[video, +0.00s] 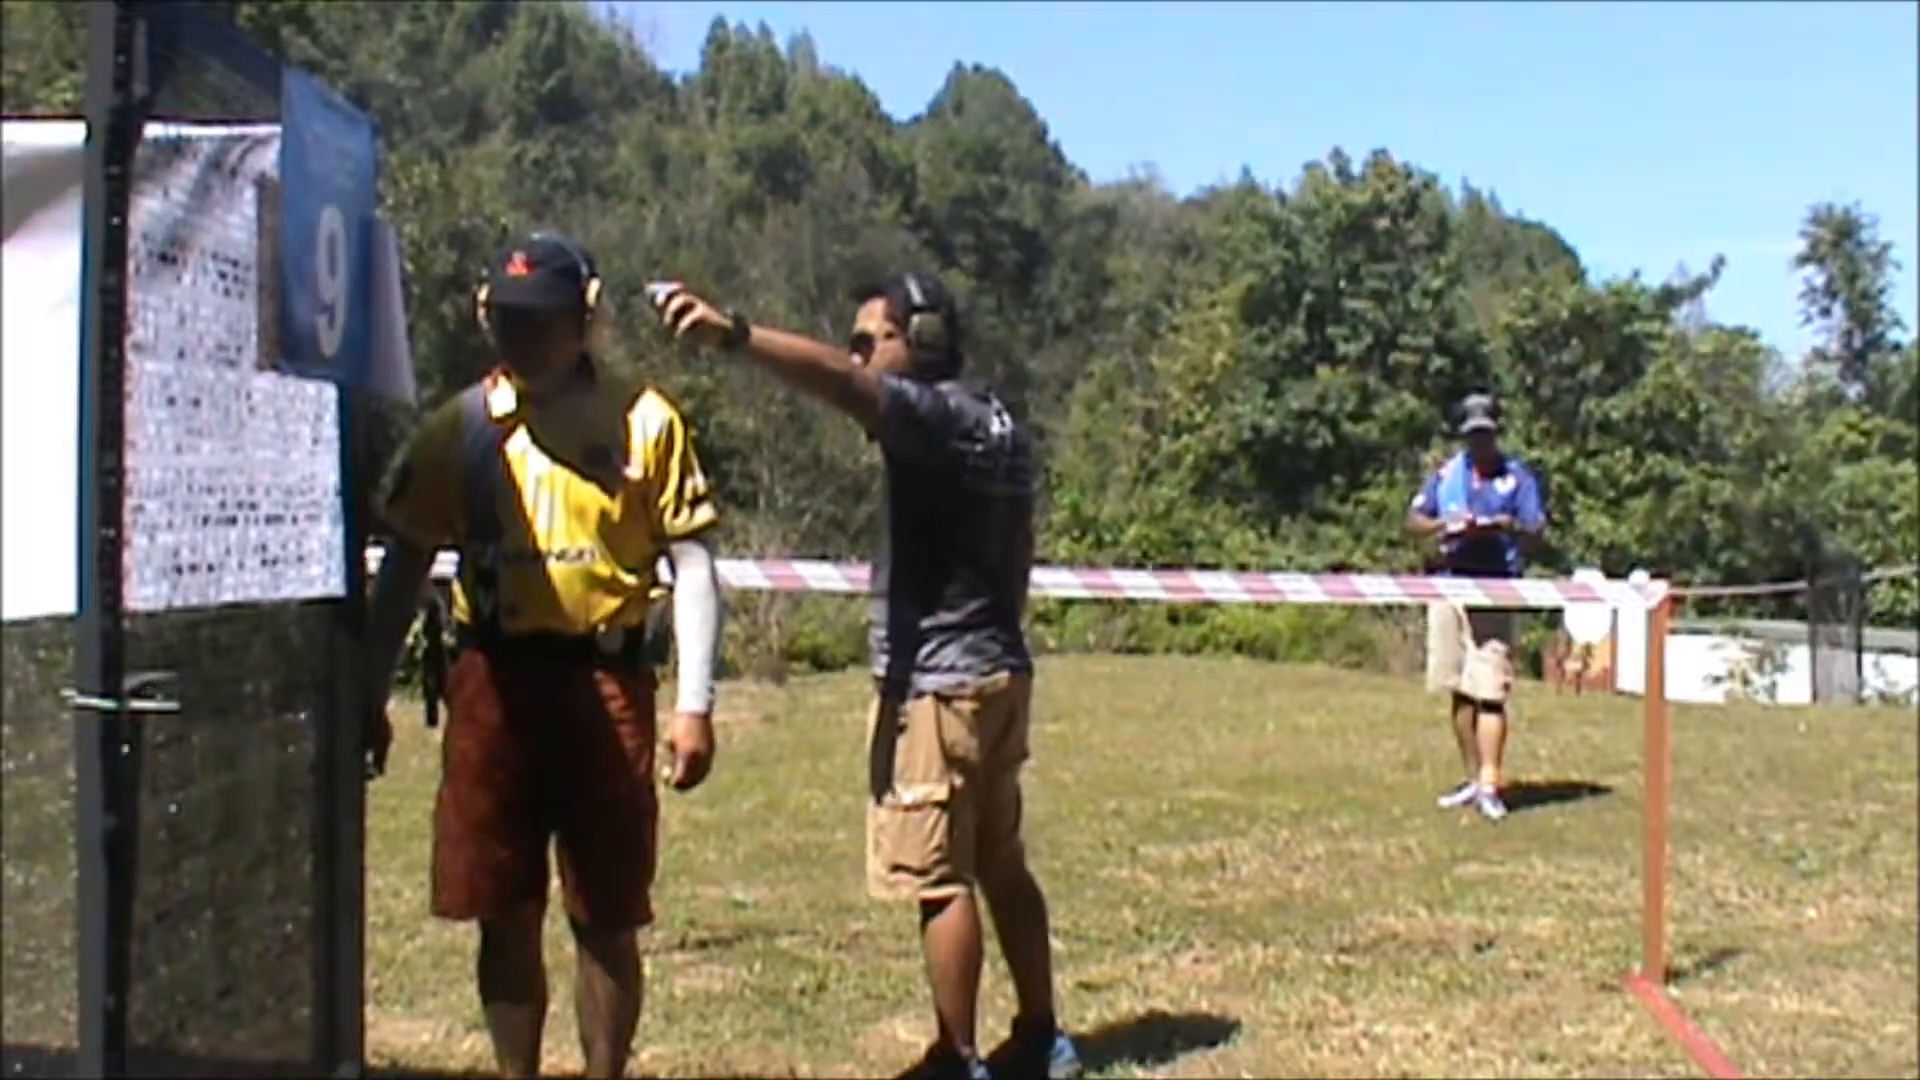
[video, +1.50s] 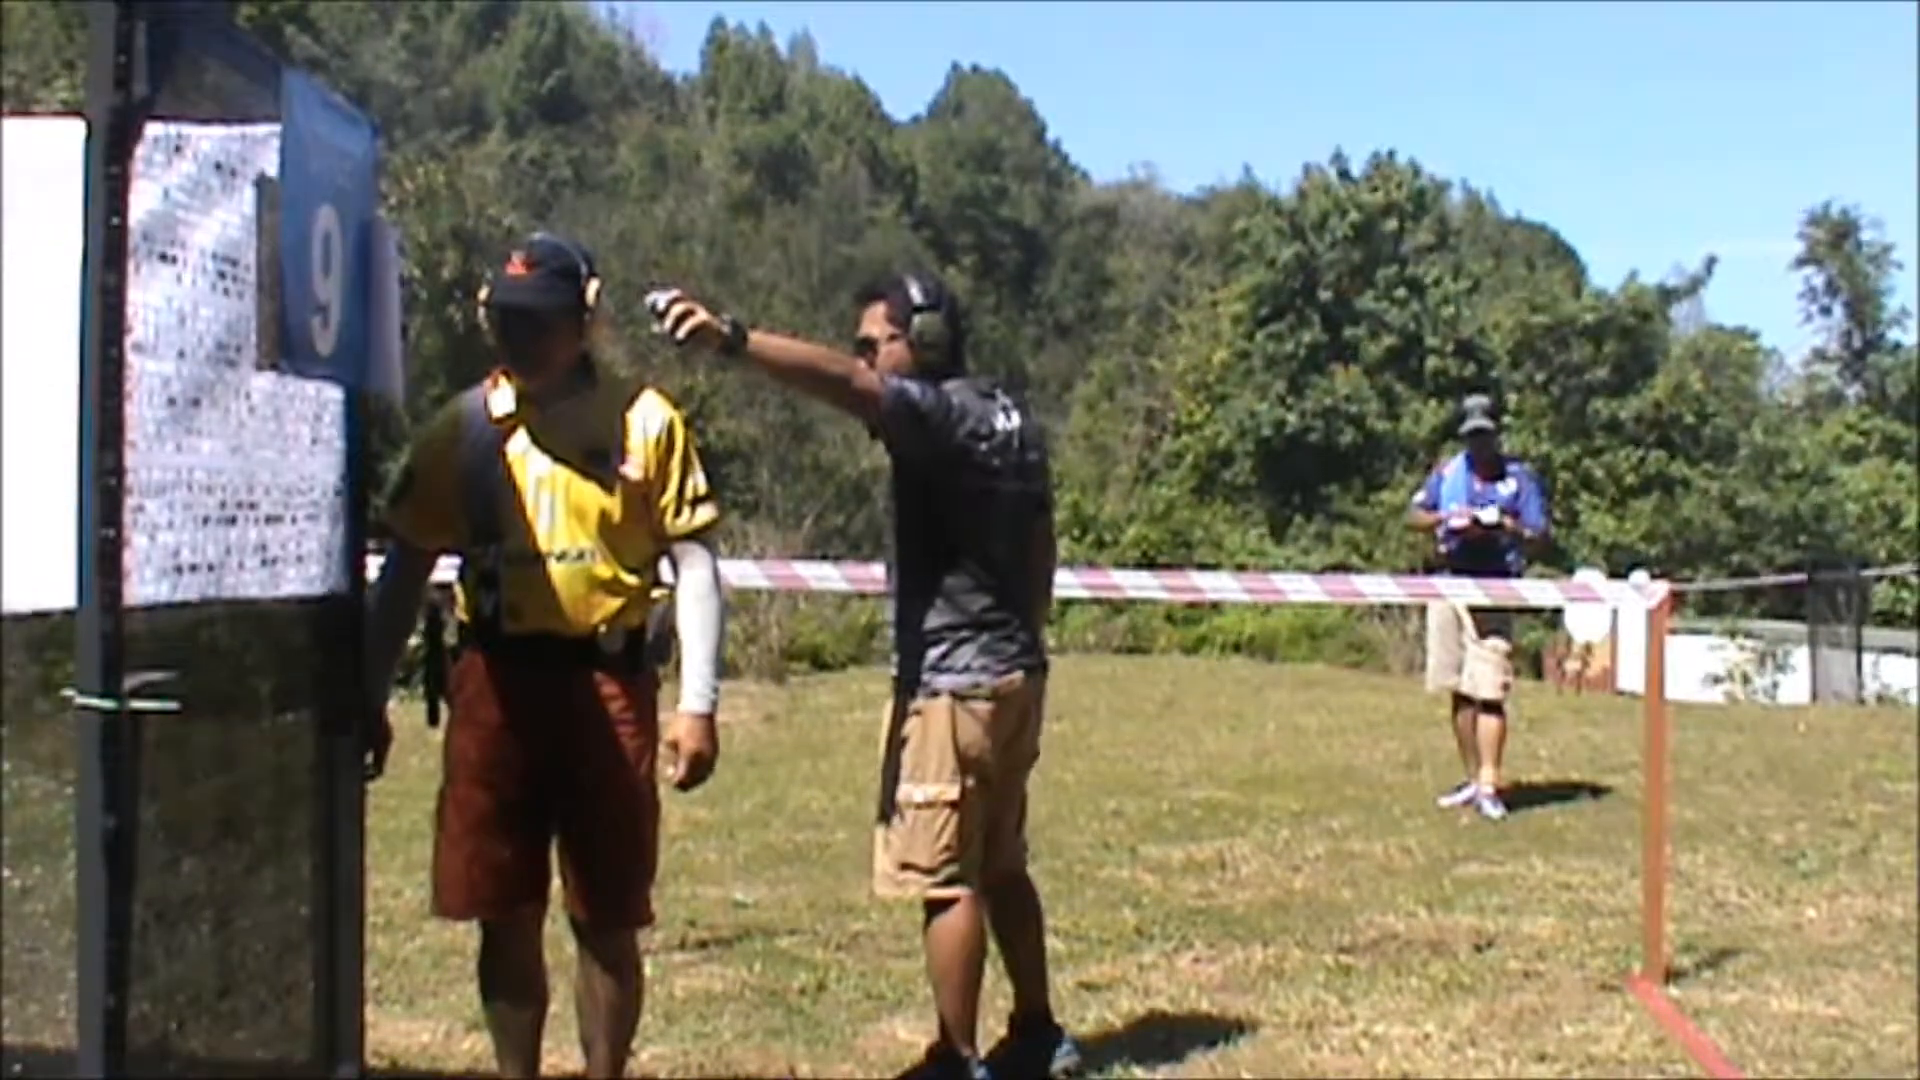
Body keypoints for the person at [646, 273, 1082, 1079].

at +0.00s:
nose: (857, 357)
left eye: (870, 341)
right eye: (857, 341)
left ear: (920, 342)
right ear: (940, 346)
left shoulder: (930, 412)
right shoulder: (1003, 424)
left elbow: (843, 379)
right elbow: (1015, 560)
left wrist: (734, 332)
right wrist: (995, 642)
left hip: (939, 674)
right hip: (998, 669)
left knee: (939, 878)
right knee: (1001, 866)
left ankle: (955, 1054)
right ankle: (1040, 1031)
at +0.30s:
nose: (857, 358)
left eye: (868, 343)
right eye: (856, 343)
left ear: (918, 344)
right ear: (939, 347)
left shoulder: (932, 413)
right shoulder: (998, 421)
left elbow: (842, 379)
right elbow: (1011, 561)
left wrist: (730, 337)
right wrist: (990, 643)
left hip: (941, 674)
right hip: (996, 669)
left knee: (938, 876)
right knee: (997, 866)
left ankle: (954, 1054)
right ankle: (1039, 1028)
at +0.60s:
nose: (858, 356)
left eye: (870, 342)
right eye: (858, 341)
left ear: (919, 344)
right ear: (939, 347)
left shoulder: (933, 414)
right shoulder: (1002, 420)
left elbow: (844, 377)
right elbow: (1018, 561)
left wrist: (735, 332)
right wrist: (998, 646)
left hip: (943, 676)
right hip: (997, 670)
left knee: (939, 876)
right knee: (994, 865)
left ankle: (953, 1054)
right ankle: (1037, 1028)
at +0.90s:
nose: (859, 358)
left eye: (868, 344)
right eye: (858, 344)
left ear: (916, 343)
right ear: (940, 344)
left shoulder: (931, 412)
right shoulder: (1004, 417)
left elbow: (844, 380)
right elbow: (1026, 560)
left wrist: (730, 339)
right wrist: (1006, 648)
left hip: (947, 676)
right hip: (1003, 671)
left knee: (938, 876)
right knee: (994, 866)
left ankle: (954, 1055)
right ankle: (1037, 1029)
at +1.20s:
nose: (861, 360)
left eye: (870, 345)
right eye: (859, 345)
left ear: (919, 340)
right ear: (943, 343)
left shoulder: (931, 411)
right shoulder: (1010, 419)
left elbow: (844, 380)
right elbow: (1034, 556)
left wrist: (728, 337)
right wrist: (1020, 648)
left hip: (949, 678)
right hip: (1008, 671)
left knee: (940, 876)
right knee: (994, 866)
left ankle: (954, 1055)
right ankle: (1037, 1029)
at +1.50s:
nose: (867, 360)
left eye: (876, 344)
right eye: (864, 344)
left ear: (921, 340)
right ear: (947, 342)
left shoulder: (932, 410)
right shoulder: (1013, 418)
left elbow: (852, 382)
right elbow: (1040, 549)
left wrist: (732, 338)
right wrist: (1024, 641)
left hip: (955, 677)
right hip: (1015, 670)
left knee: (945, 876)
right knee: (1002, 868)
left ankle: (953, 1054)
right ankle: (1036, 1027)